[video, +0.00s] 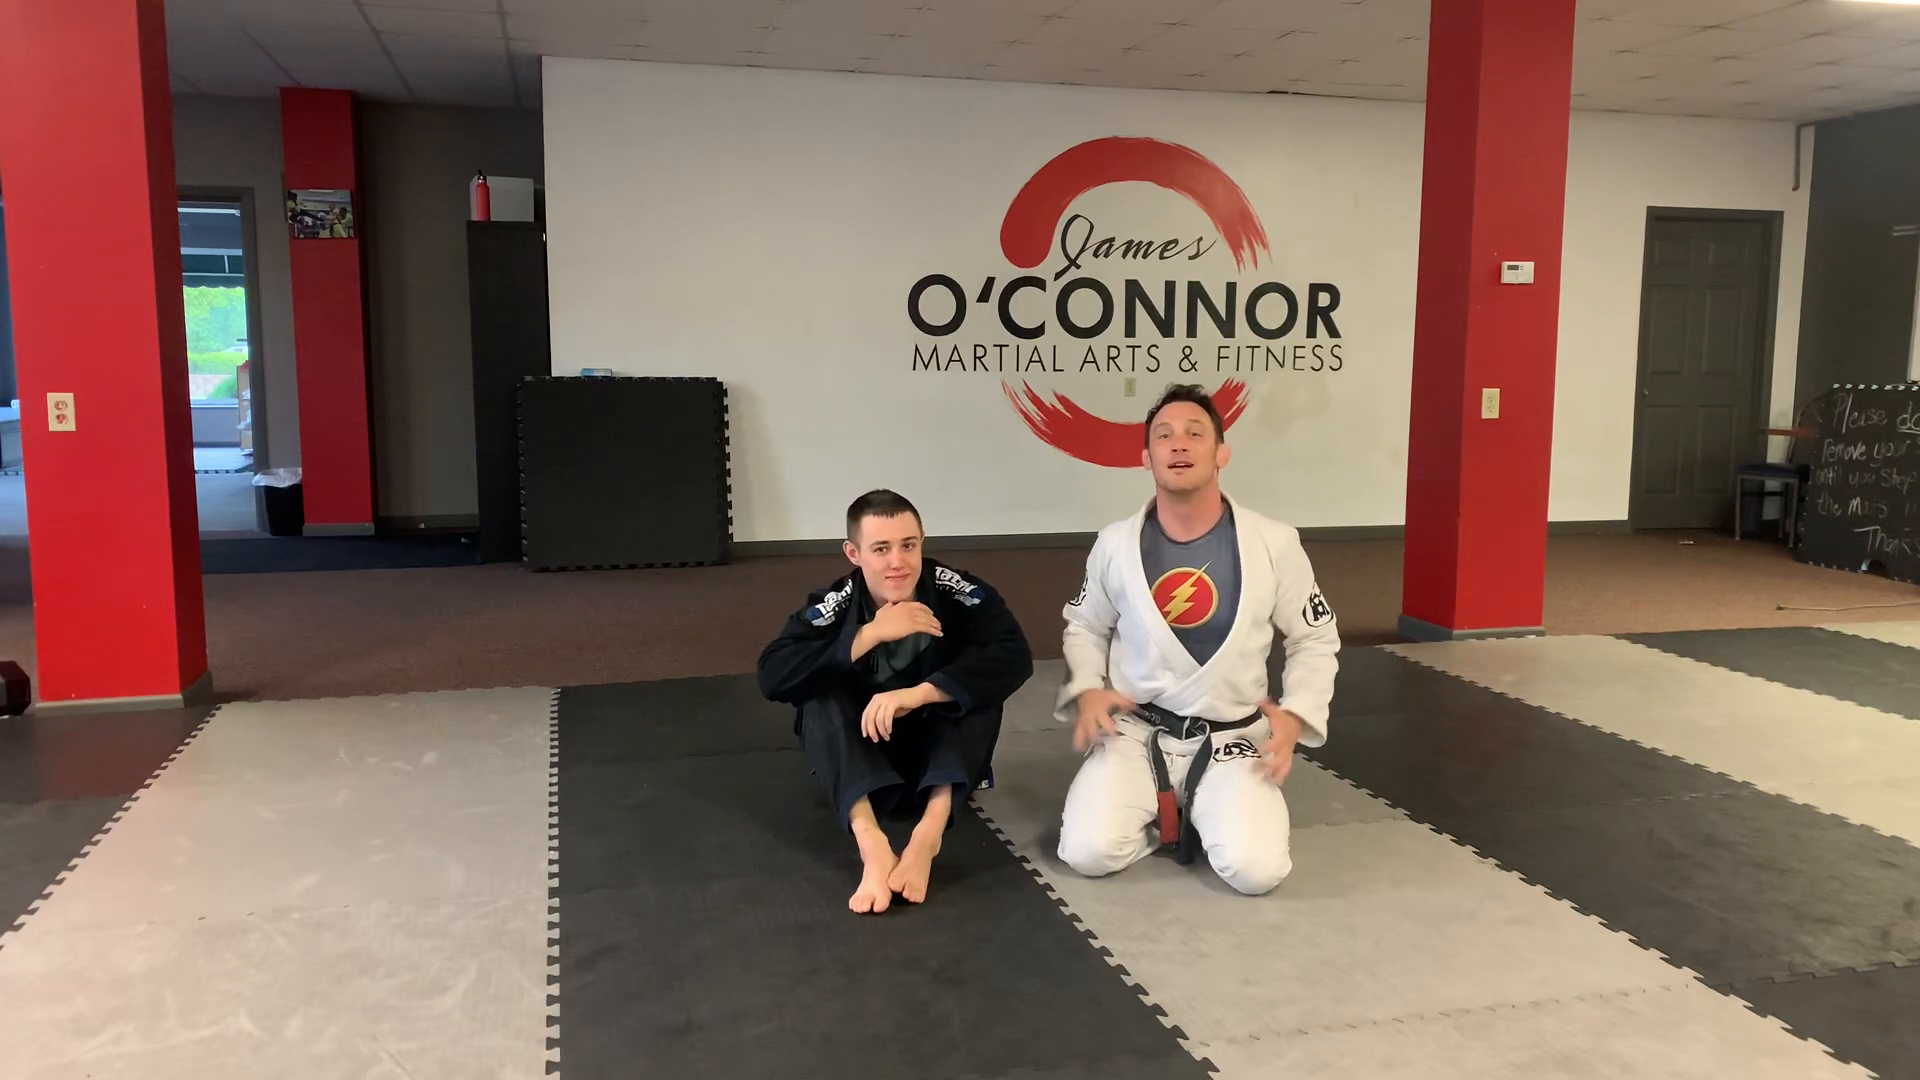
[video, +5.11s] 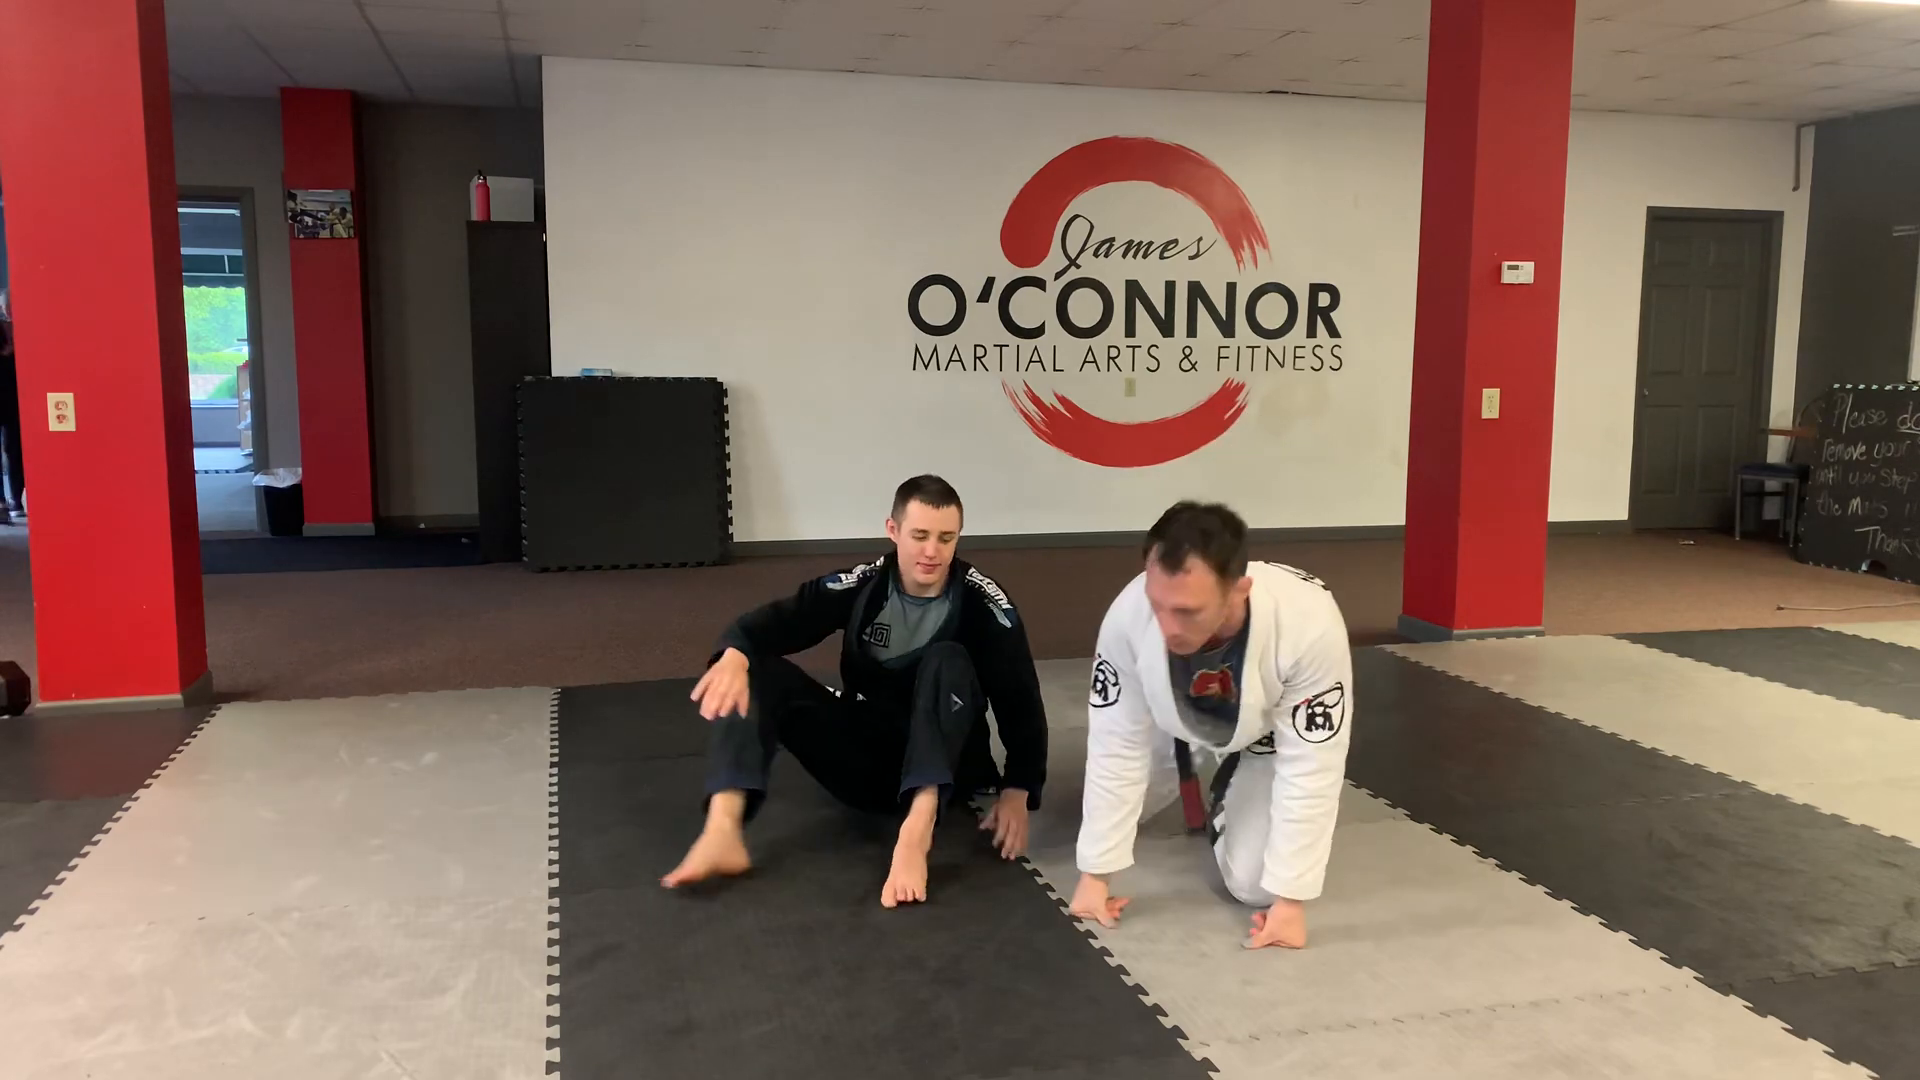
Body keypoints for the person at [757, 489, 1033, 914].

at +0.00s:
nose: (898, 561)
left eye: (908, 545)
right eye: (881, 549)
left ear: (921, 543)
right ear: (854, 554)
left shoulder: (960, 593)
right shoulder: (832, 606)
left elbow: (1011, 656)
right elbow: (774, 676)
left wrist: (920, 694)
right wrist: (872, 632)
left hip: (940, 756)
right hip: (859, 760)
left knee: (979, 687)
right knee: (823, 692)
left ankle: (929, 835)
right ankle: (872, 845)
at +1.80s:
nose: (906, 556)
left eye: (918, 542)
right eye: (891, 542)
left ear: (931, 542)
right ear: (863, 542)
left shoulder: (964, 596)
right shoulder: (840, 604)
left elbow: (1015, 657)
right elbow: (779, 669)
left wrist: (918, 707)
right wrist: (878, 691)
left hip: (938, 756)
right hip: (858, 759)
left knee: (983, 693)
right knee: (811, 706)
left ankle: (930, 835)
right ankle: (870, 845)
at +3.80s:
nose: (901, 555)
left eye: (911, 539)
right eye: (884, 543)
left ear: (922, 536)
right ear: (856, 546)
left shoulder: (958, 592)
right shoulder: (835, 604)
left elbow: (1014, 656)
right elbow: (781, 669)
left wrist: (927, 706)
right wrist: (879, 692)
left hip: (937, 753)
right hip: (860, 756)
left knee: (985, 697)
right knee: (810, 706)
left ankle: (929, 836)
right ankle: (870, 845)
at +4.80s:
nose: (914, 550)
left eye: (925, 535)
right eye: (900, 536)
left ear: (936, 532)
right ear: (870, 536)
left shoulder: (972, 596)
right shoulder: (843, 597)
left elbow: (1011, 671)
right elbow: (776, 658)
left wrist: (965, 717)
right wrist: (845, 692)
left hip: (937, 765)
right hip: (860, 760)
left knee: (969, 660)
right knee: (808, 698)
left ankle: (928, 836)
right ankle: (857, 848)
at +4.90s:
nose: (920, 548)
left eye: (932, 534)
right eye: (906, 534)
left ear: (943, 533)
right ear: (877, 533)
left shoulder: (979, 601)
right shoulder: (848, 592)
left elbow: (1020, 685)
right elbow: (766, 649)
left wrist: (1002, 733)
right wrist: (794, 685)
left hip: (936, 764)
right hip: (858, 760)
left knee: (967, 661)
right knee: (793, 677)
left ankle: (928, 832)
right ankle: (821, 841)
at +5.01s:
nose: (927, 549)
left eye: (939, 535)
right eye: (913, 534)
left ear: (951, 533)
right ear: (885, 531)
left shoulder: (983, 604)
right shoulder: (853, 591)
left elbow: (1023, 699)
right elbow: (764, 637)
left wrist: (1015, 766)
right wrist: (755, 670)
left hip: (944, 767)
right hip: (861, 764)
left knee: (958, 659)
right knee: (777, 671)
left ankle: (924, 831)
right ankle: (775, 840)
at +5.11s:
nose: (932, 552)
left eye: (945, 539)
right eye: (919, 537)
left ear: (958, 537)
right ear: (894, 532)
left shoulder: (986, 606)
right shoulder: (863, 586)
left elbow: (1023, 710)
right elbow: (785, 618)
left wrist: (1018, 794)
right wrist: (735, 651)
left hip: (945, 765)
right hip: (863, 758)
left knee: (946, 659)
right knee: (758, 669)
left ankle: (918, 831)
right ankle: (722, 830)